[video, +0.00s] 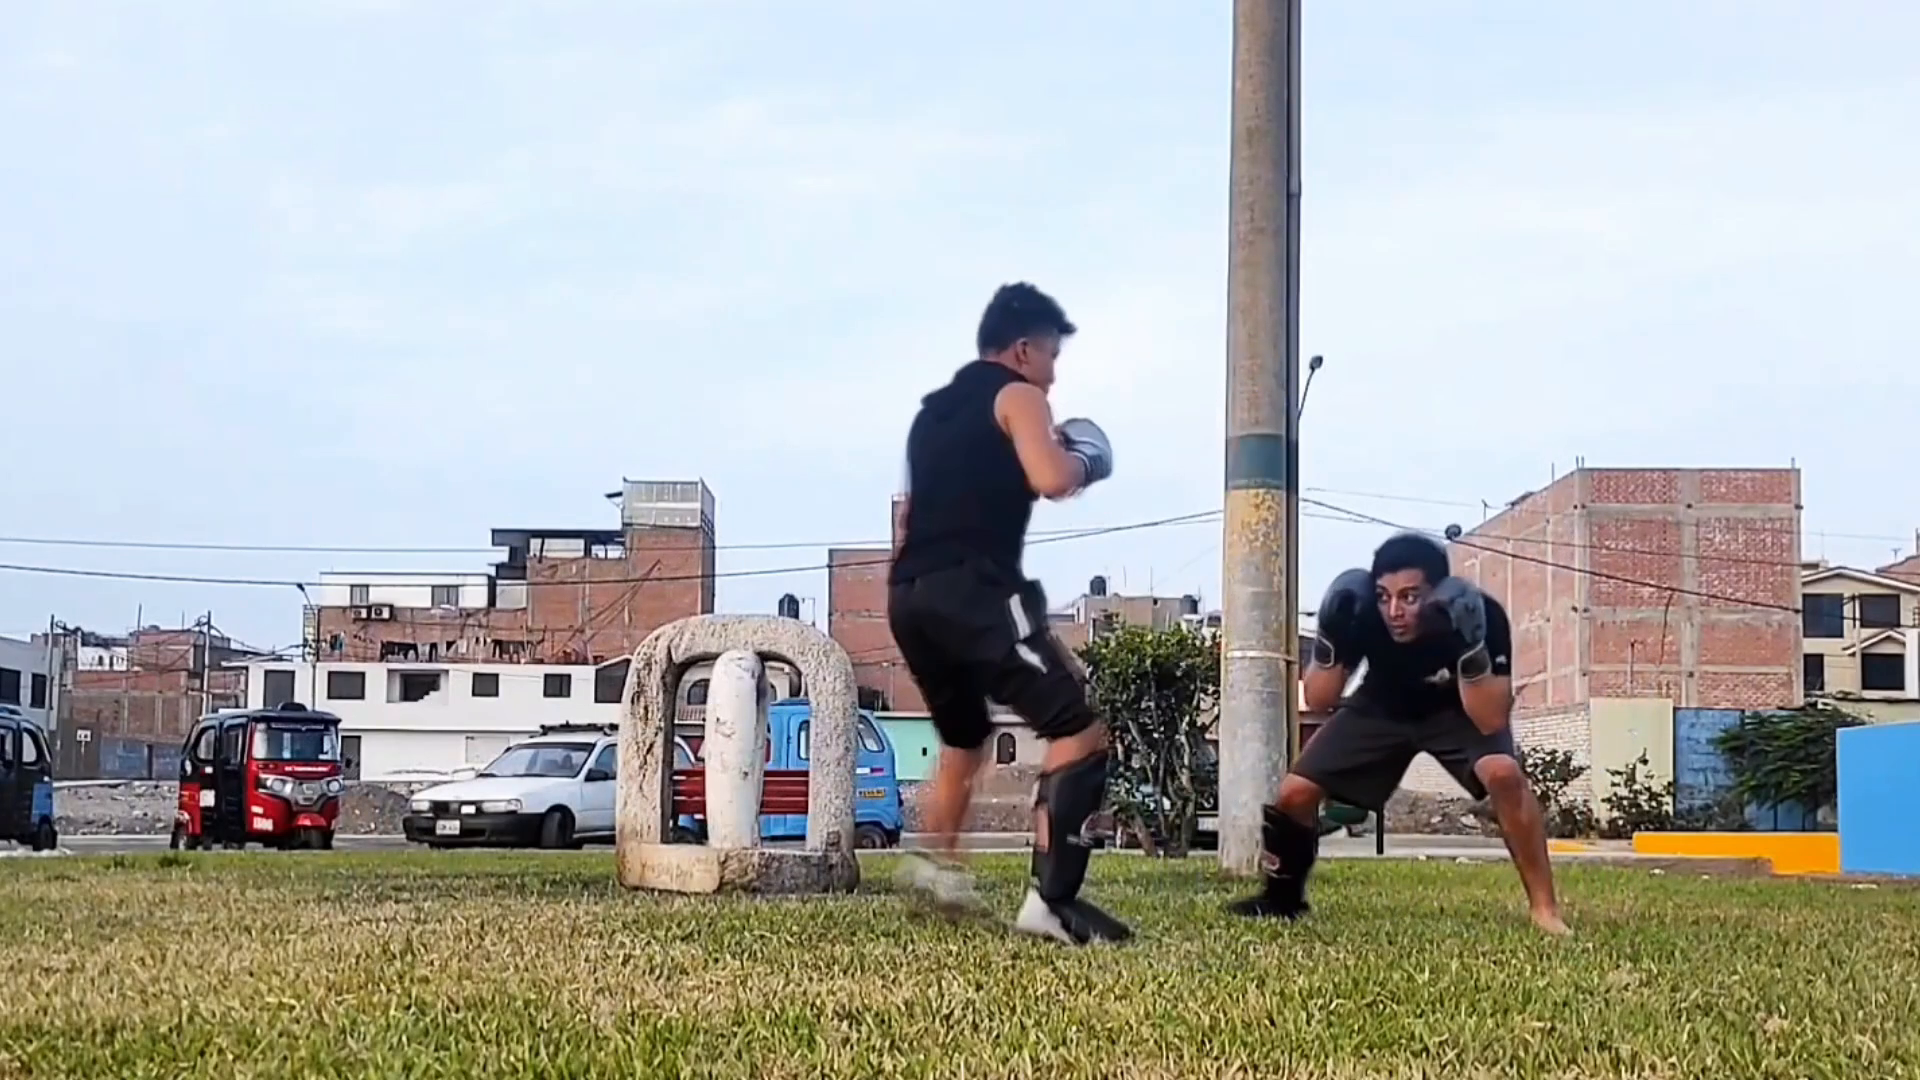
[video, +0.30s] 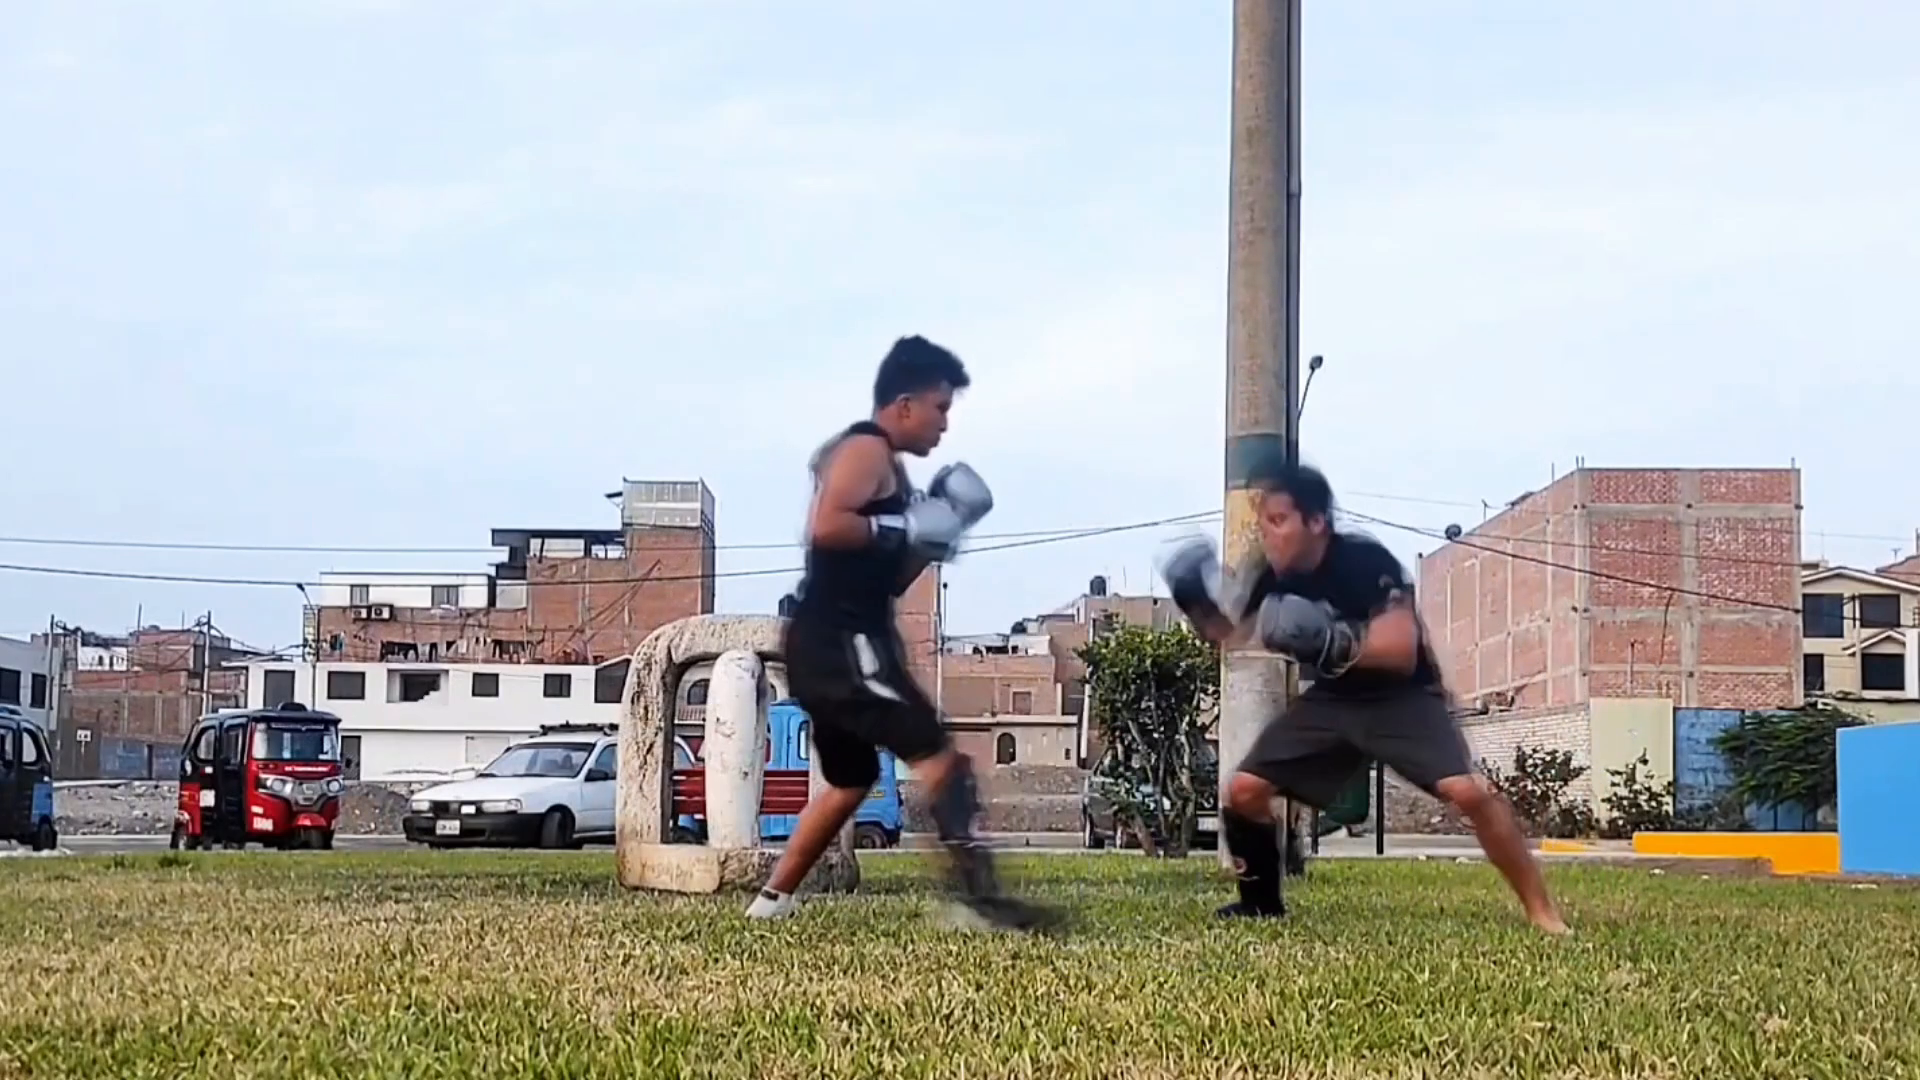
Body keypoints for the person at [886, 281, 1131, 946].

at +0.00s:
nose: (1056, 369)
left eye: (1057, 355)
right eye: (1053, 354)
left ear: (991, 346)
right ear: (1021, 348)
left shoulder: (933, 407)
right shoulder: (1016, 395)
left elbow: (945, 491)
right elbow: (1051, 479)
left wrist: (1037, 445)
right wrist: (1086, 460)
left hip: (911, 596)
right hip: (976, 589)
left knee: (962, 741)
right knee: (1077, 733)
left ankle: (936, 869)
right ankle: (1052, 899)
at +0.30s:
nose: (946, 423)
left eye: (948, 410)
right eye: (941, 408)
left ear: (900, 406)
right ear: (903, 404)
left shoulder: (893, 472)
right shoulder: (866, 451)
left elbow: (889, 582)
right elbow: (826, 525)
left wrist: (937, 532)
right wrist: (906, 527)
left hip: (833, 641)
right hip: (844, 640)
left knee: (848, 781)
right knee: (938, 760)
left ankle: (772, 899)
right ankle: (977, 897)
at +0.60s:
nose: (845, 407)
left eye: (848, 395)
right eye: (840, 393)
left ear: (812, 392)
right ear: (802, 388)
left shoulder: (814, 460)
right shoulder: (740, 439)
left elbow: (888, 518)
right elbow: (717, 526)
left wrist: (897, 442)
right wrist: (785, 485)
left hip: (779, 637)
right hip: (716, 628)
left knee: (826, 761)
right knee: (675, 749)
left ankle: (775, 894)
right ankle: (584, 835)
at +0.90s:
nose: (747, 419)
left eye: (754, 408)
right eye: (742, 401)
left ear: (715, 397)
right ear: (703, 386)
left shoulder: (716, 465)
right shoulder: (635, 421)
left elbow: (791, 494)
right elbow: (592, 493)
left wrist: (787, 420)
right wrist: (667, 462)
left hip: (639, 617)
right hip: (571, 603)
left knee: (687, 738)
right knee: (522, 733)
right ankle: (457, 877)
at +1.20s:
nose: (641, 445)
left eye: (647, 433)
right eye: (635, 427)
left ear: (604, 423)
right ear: (596, 415)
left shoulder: (603, 492)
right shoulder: (526, 460)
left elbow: (648, 574)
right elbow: (511, 544)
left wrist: (678, 505)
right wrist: (579, 499)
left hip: (561, 660)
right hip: (489, 656)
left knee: (649, 755)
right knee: (439, 787)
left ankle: (630, 899)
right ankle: (369, 904)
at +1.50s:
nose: (650, 435)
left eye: (656, 425)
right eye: (644, 419)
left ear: (623, 416)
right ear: (604, 408)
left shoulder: (629, 478)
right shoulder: (538, 450)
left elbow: (691, 541)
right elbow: (531, 536)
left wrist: (709, 472)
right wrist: (594, 484)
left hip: (580, 654)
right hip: (507, 650)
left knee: (663, 757)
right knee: (447, 777)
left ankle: (682, 899)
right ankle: (374, 897)